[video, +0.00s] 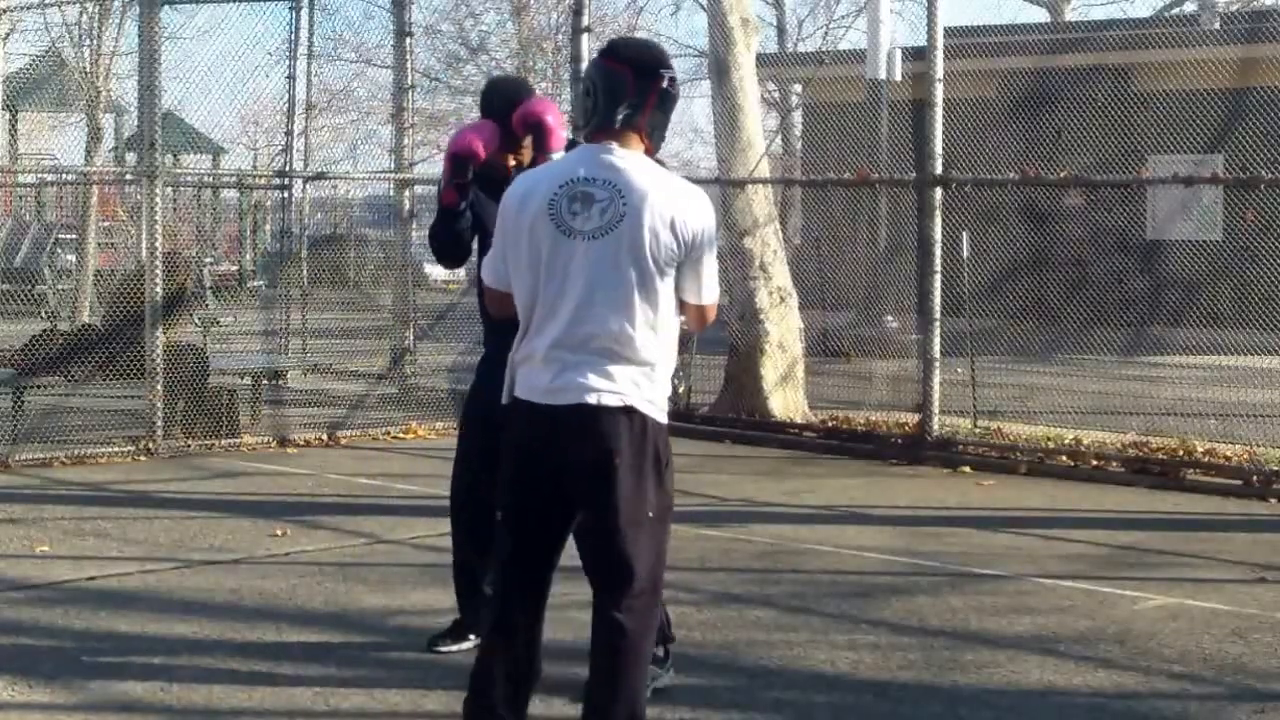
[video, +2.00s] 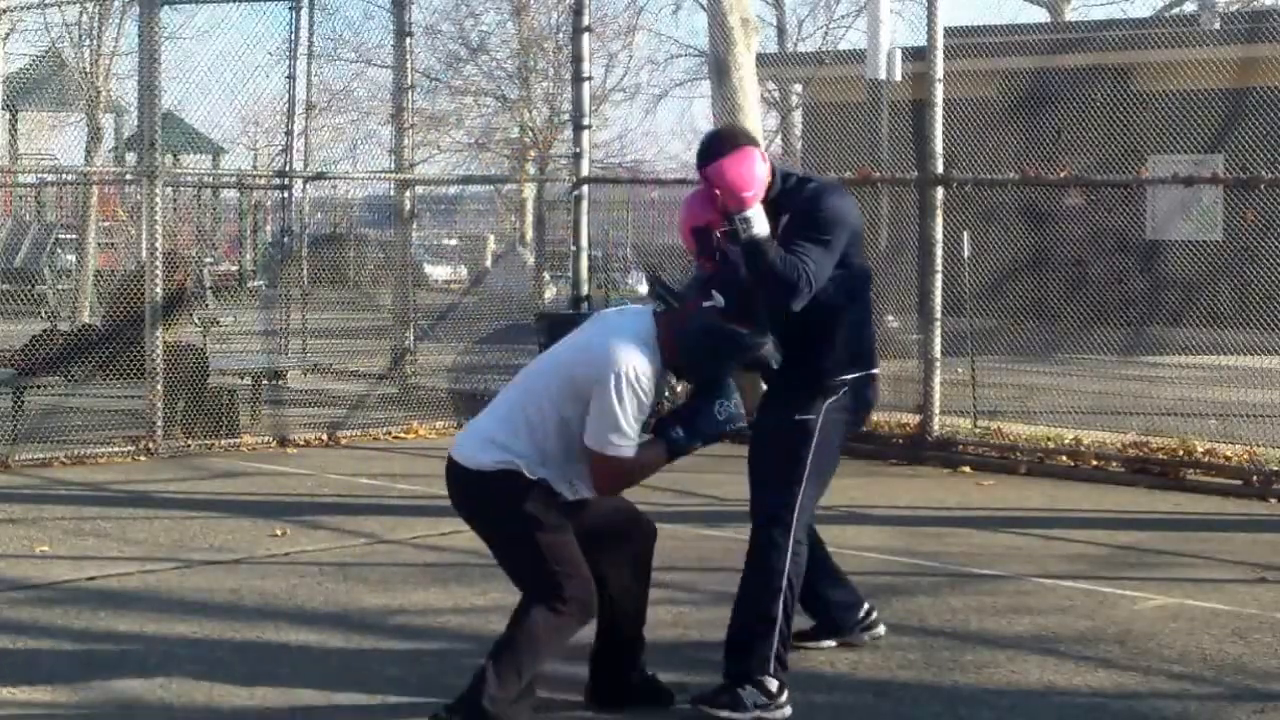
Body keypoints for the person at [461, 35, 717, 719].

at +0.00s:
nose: (670, 113)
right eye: (668, 103)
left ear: (587, 102)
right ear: (658, 108)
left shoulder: (527, 188)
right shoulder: (682, 201)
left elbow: (499, 301)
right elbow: (700, 314)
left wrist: (576, 301)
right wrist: (632, 305)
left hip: (531, 416)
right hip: (624, 422)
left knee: (515, 591)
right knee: (627, 599)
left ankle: (493, 712)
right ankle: (615, 713)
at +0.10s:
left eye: (558, 97)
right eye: (634, 101)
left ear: (560, 105)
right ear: (633, 107)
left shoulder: (513, 193)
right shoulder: (670, 190)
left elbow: (505, 305)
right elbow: (692, 298)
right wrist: (616, 286)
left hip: (532, 421)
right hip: (626, 425)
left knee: (515, 601)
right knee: (625, 603)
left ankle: (490, 709)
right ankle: (615, 710)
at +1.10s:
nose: (651, 135)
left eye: (651, 121)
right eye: (646, 121)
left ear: (584, 111)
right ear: (621, 121)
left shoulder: (532, 168)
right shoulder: (613, 210)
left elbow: (492, 212)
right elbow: (658, 323)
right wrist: (657, 230)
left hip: (511, 400)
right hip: (570, 412)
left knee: (532, 576)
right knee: (569, 588)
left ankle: (525, 706)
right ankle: (548, 708)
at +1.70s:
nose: (668, 194)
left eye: (672, 183)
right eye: (667, 182)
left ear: (606, 166)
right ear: (644, 177)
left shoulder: (547, 220)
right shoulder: (621, 226)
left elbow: (505, 294)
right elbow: (710, 281)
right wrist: (705, 213)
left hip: (509, 430)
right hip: (557, 440)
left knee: (605, 548)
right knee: (612, 602)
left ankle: (595, 685)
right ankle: (557, 711)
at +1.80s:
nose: (695, 217)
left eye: (698, 208)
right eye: (693, 207)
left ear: (627, 199)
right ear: (670, 209)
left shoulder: (575, 248)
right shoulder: (644, 260)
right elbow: (734, 308)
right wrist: (732, 237)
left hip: (502, 446)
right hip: (546, 459)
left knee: (602, 549)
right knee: (607, 609)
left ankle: (605, 673)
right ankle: (560, 709)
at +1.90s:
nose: (725, 299)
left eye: (732, 285)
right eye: (720, 279)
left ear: (675, 262)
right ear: (685, 265)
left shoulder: (639, 295)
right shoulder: (639, 309)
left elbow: (688, 412)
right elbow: (698, 419)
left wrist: (733, 360)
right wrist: (741, 358)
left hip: (544, 451)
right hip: (513, 458)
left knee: (623, 539)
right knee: (583, 599)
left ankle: (614, 680)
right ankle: (534, 712)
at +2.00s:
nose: (715, 368)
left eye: (726, 358)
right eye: (719, 354)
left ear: (689, 311)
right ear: (695, 328)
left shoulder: (641, 325)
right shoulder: (625, 361)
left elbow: (632, 436)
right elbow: (608, 477)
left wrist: (684, 421)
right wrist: (683, 437)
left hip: (534, 467)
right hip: (492, 471)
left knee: (629, 535)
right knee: (568, 598)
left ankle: (616, 680)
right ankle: (476, 708)